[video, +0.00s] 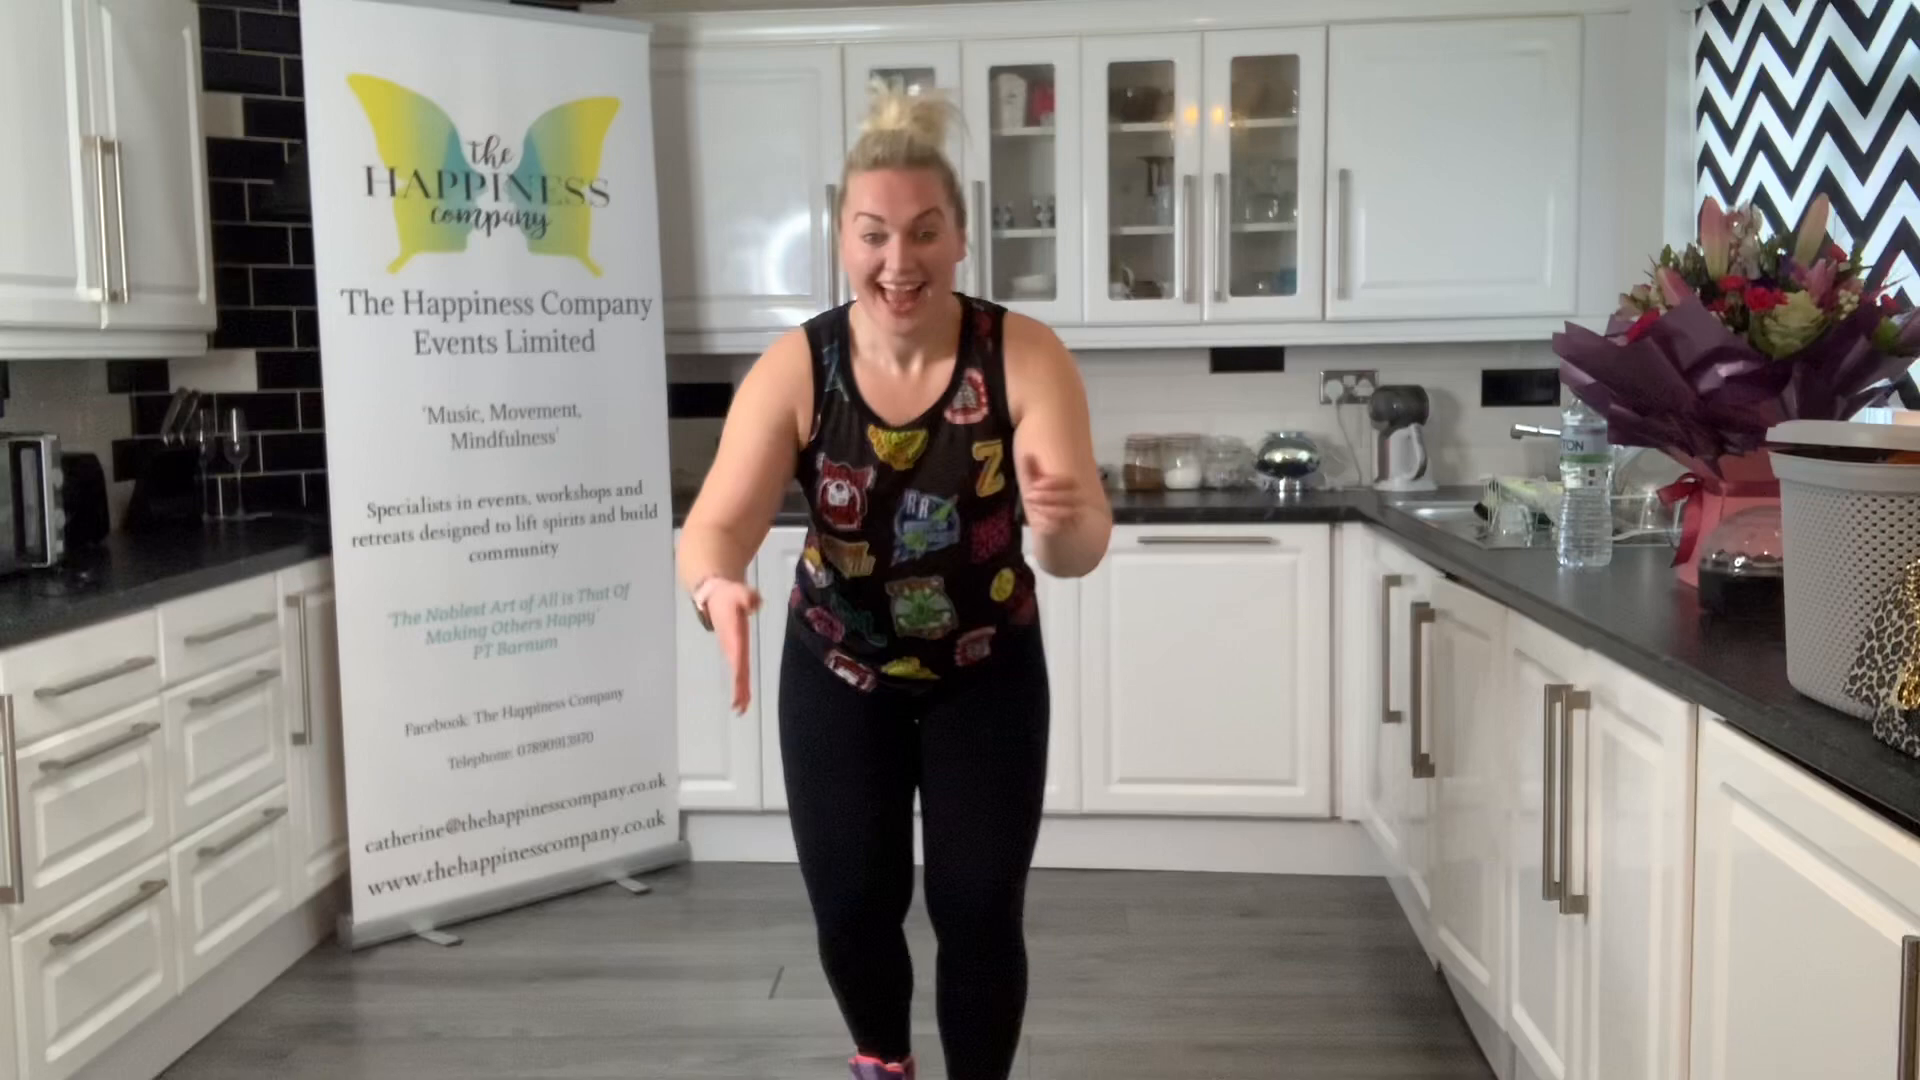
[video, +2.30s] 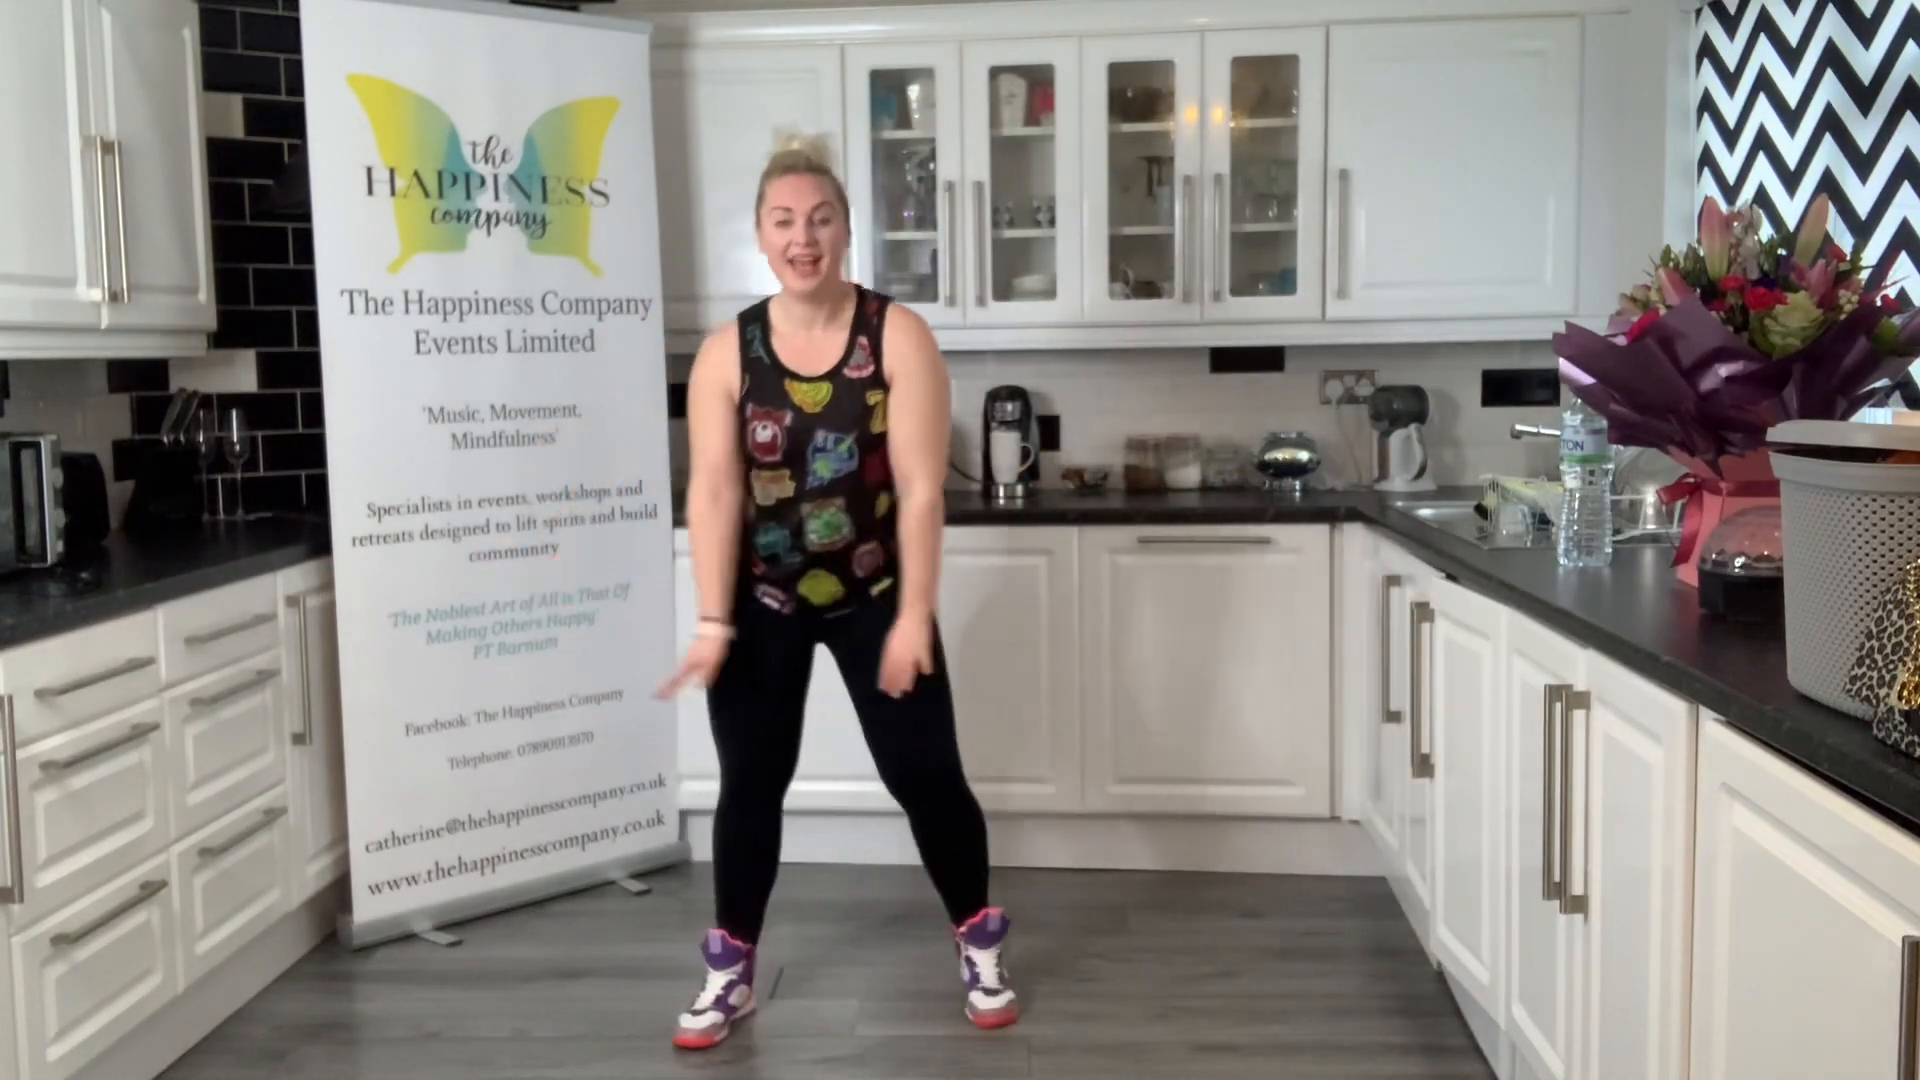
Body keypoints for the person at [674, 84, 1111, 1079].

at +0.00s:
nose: (900, 260)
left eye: (924, 231)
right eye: (874, 232)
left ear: (959, 232)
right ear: (842, 236)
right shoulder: (793, 368)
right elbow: (714, 525)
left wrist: (1061, 517)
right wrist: (715, 582)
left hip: (985, 667)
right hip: (838, 664)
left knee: (978, 912)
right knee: (850, 906)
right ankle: (883, 1062)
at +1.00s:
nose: (860, 276)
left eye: (880, 255)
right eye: (839, 255)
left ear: (908, 258)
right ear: (808, 261)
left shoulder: (956, 370)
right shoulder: (764, 375)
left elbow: (1019, 493)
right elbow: (678, 500)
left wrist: (1054, 610)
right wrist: (708, 587)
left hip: (931, 621)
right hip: (805, 619)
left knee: (926, 829)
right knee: (781, 816)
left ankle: (922, 1021)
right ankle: (817, 993)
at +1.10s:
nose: (848, 267)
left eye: (867, 245)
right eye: (828, 246)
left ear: (895, 250)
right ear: (796, 251)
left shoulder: (944, 370)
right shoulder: (752, 372)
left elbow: (974, 519)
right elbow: (680, 509)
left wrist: (976, 661)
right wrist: (688, 619)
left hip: (924, 610)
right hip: (799, 607)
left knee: (918, 821)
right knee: (738, 785)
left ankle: (922, 1024)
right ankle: (780, 973)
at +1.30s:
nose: (814, 256)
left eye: (833, 235)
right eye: (793, 235)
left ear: (860, 239)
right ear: (766, 240)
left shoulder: (906, 362)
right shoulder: (718, 351)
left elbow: (892, 519)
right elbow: (664, 489)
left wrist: (855, 647)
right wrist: (653, 612)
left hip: (879, 604)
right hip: (755, 606)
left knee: (886, 817)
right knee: (718, 805)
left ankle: (919, 1020)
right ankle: (721, 957)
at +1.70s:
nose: (761, 243)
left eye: (780, 222)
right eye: (742, 223)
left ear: (805, 229)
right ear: (715, 229)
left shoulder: (842, 344)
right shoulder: (669, 329)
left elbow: (825, 496)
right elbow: (588, 438)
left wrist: (726, 587)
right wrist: (607, 561)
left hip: (809, 588)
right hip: (694, 588)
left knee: (820, 780)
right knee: (709, 789)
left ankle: (823, 946)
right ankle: (726, 968)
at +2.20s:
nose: (782, 244)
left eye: (799, 226)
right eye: (763, 228)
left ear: (827, 239)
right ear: (738, 244)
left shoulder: (875, 353)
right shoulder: (703, 361)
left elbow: (879, 509)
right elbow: (667, 494)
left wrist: (831, 623)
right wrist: (610, 597)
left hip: (843, 587)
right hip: (726, 596)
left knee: (935, 750)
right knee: (728, 784)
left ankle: (936, 926)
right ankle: (729, 967)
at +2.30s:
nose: (801, 236)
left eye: (819, 217)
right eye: (783, 219)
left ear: (846, 229)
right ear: (760, 236)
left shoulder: (898, 336)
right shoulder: (726, 352)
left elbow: (922, 489)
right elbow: (712, 494)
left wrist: (918, 614)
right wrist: (714, 619)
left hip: (875, 594)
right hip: (761, 600)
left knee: (928, 776)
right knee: (748, 784)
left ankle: (979, 945)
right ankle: (730, 966)